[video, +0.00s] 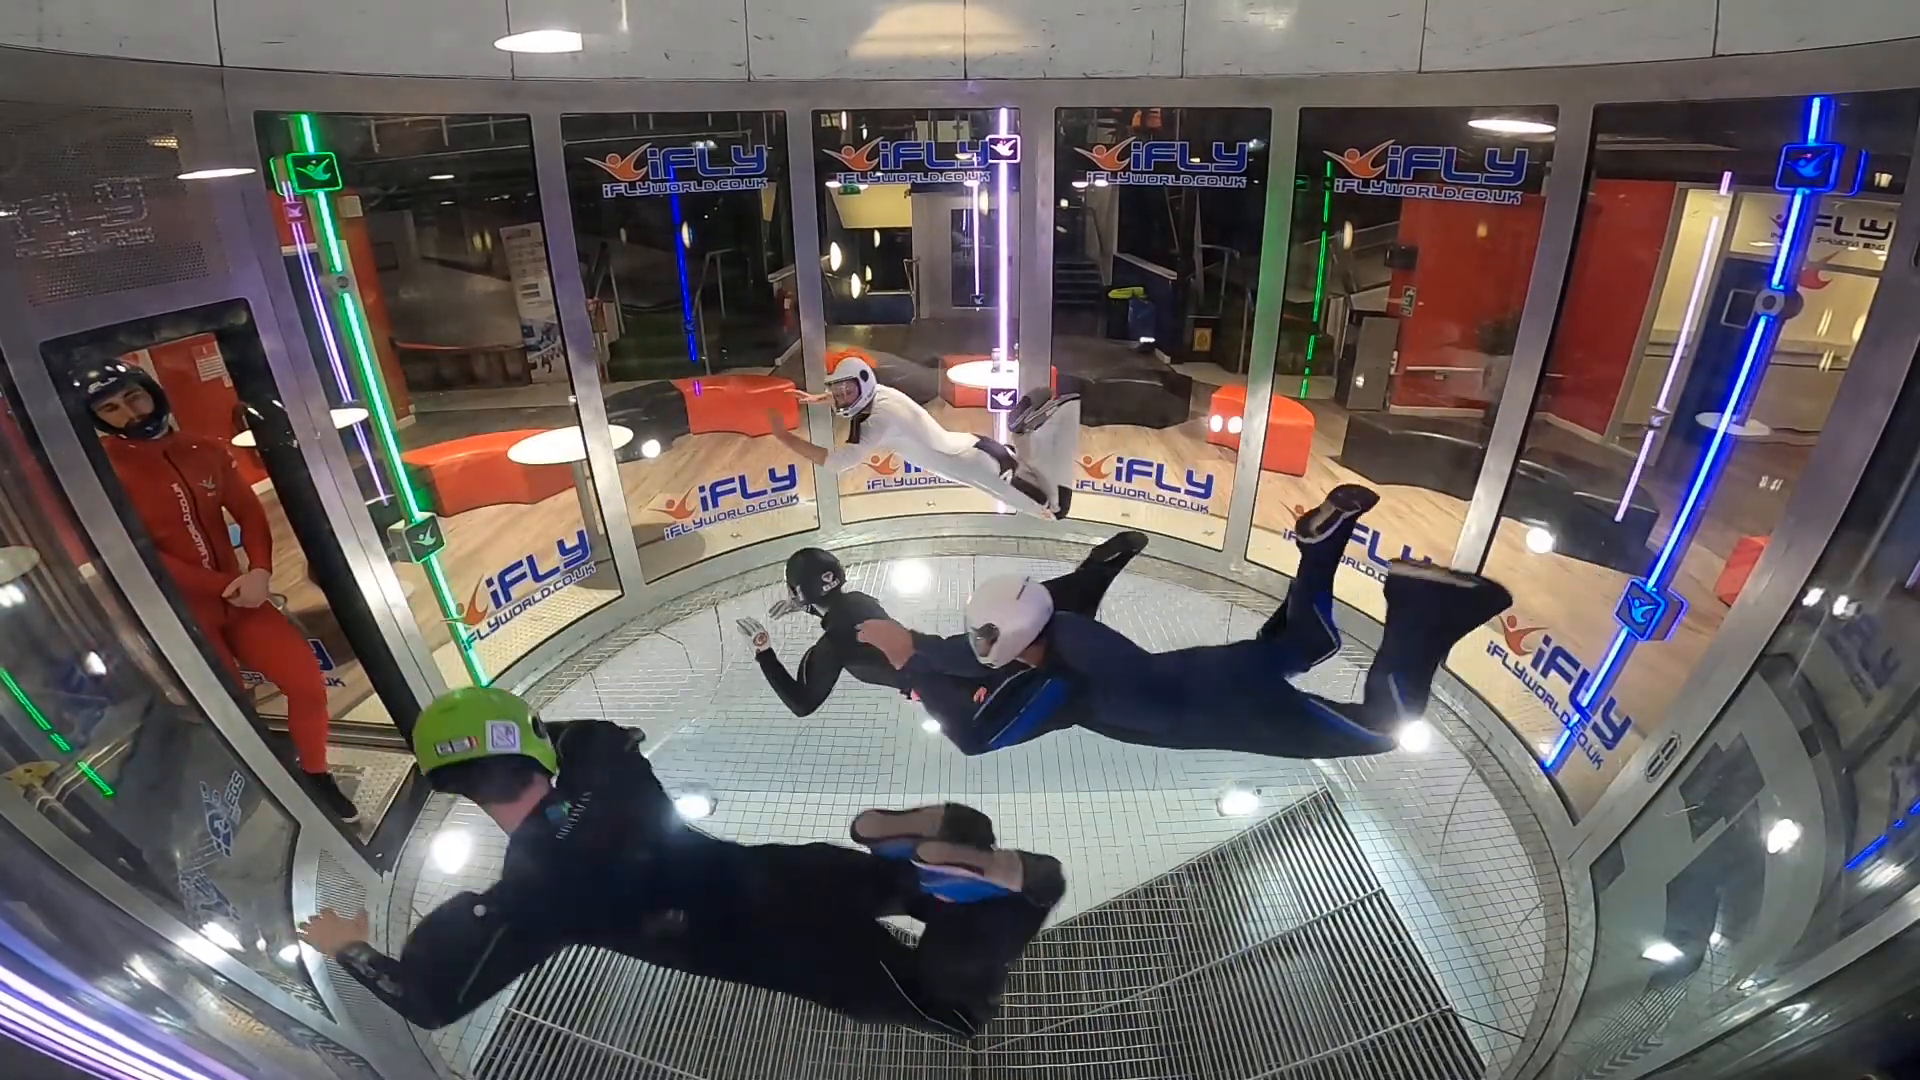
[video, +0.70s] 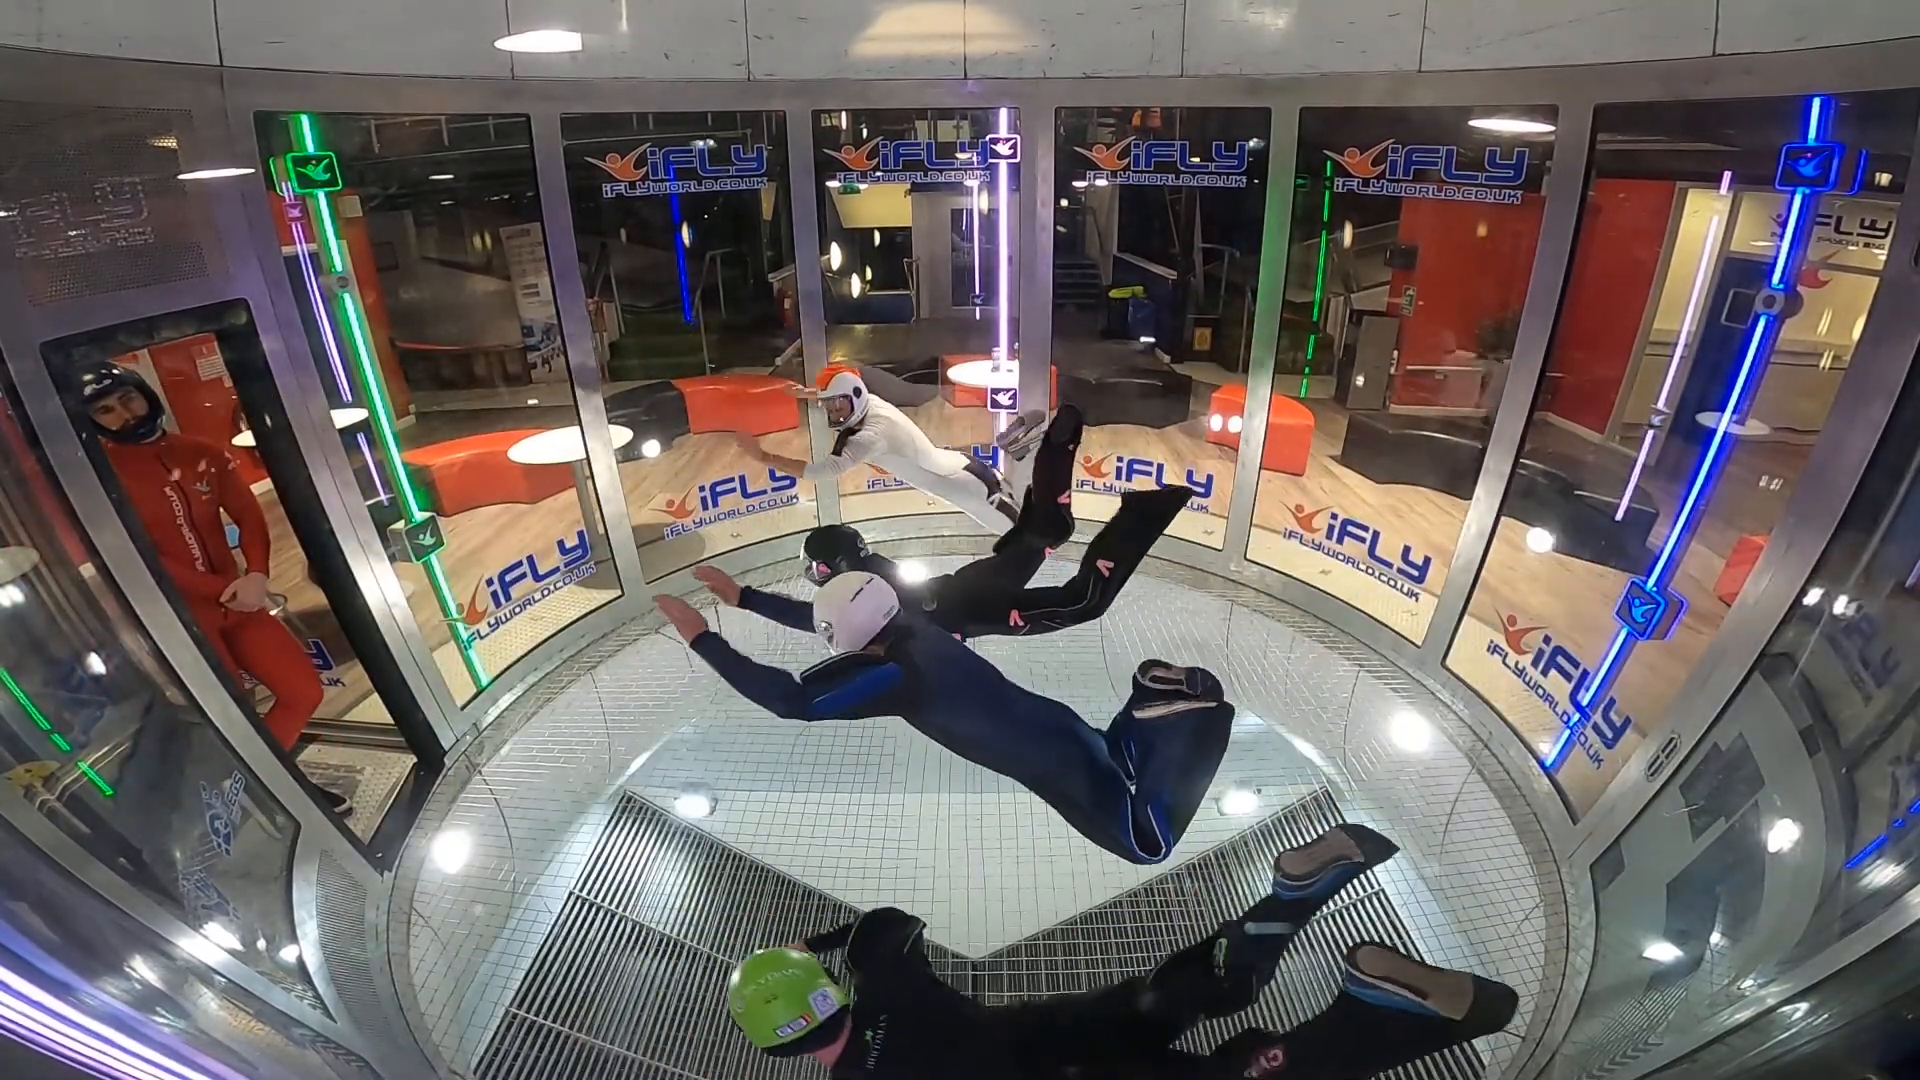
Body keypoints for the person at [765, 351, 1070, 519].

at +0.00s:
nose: (839, 394)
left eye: (845, 387)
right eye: (836, 388)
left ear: (863, 386)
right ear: (841, 388)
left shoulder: (881, 418)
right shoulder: (872, 393)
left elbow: (836, 461)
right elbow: (840, 397)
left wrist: (784, 436)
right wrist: (809, 397)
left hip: (979, 465)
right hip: (969, 450)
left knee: (1055, 507)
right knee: (1041, 497)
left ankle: (1039, 428)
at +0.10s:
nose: (824, 394)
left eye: (829, 385)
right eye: (818, 388)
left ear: (847, 381)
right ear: (816, 387)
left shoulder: (865, 410)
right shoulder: (854, 398)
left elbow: (830, 454)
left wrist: (769, 454)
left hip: (957, 464)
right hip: (947, 449)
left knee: (1033, 507)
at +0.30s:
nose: (803, 394)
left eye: (809, 386)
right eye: (797, 388)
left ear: (827, 381)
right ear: (795, 388)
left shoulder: (848, 408)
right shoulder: (829, 399)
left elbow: (813, 455)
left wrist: (752, 445)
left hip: (939, 467)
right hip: (921, 454)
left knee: (1004, 514)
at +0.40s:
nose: (802, 397)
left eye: (808, 389)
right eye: (796, 391)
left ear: (826, 384)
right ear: (794, 389)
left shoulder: (845, 414)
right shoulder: (827, 393)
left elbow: (808, 458)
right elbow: (801, 377)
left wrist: (750, 450)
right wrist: (770, 381)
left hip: (936, 471)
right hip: (922, 455)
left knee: (1002, 520)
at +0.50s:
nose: (804, 400)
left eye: (811, 393)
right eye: (800, 394)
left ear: (829, 390)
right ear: (801, 392)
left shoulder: (848, 420)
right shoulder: (830, 391)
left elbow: (803, 462)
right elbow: (808, 378)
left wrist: (748, 454)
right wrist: (774, 380)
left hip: (917, 466)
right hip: (909, 448)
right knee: (932, 453)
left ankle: (1004, 519)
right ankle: (968, 461)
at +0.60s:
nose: (816, 404)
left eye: (822, 398)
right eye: (812, 398)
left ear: (839, 394)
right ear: (817, 394)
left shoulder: (856, 425)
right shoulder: (848, 396)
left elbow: (813, 462)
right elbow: (815, 392)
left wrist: (752, 455)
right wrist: (790, 387)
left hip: (942, 476)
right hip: (935, 455)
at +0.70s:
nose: (833, 411)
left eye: (839, 404)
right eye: (828, 405)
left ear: (857, 400)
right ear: (826, 403)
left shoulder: (870, 433)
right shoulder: (866, 401)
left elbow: (830, 468)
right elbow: (842, 390)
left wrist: (766, 458)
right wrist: (811, 395)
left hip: (962, 483)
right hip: (956, 466)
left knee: (1018, 528)